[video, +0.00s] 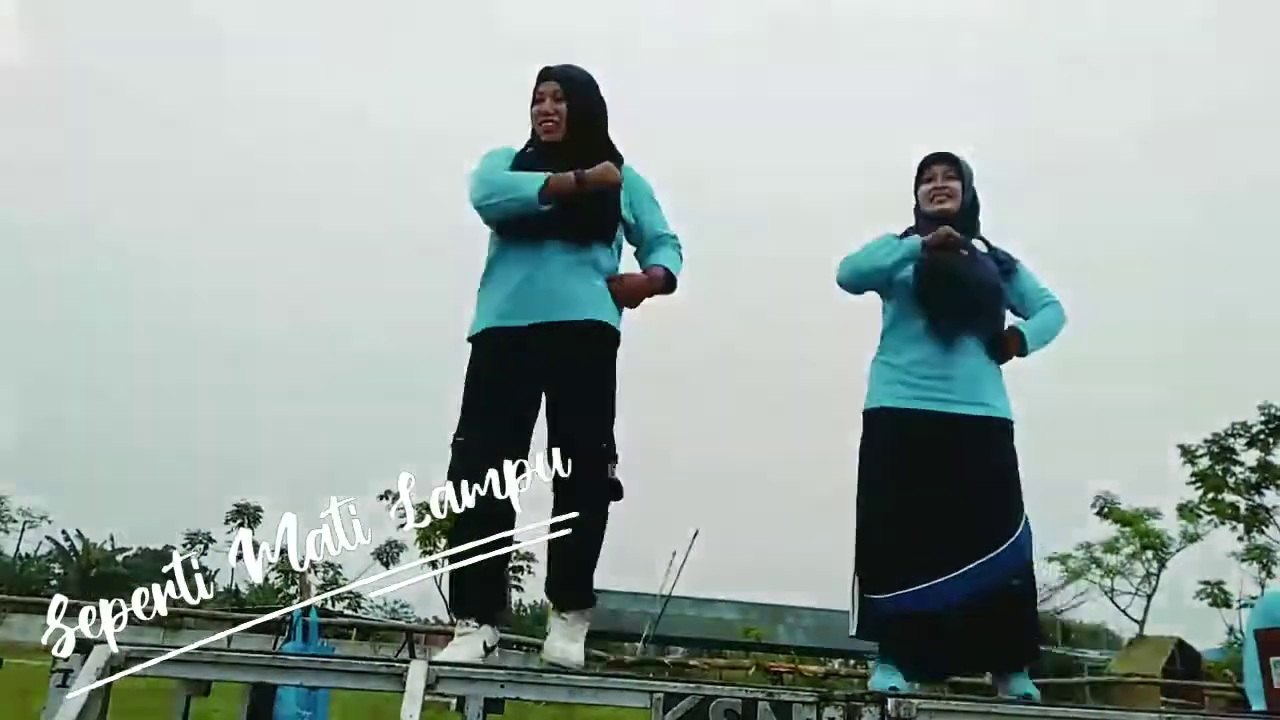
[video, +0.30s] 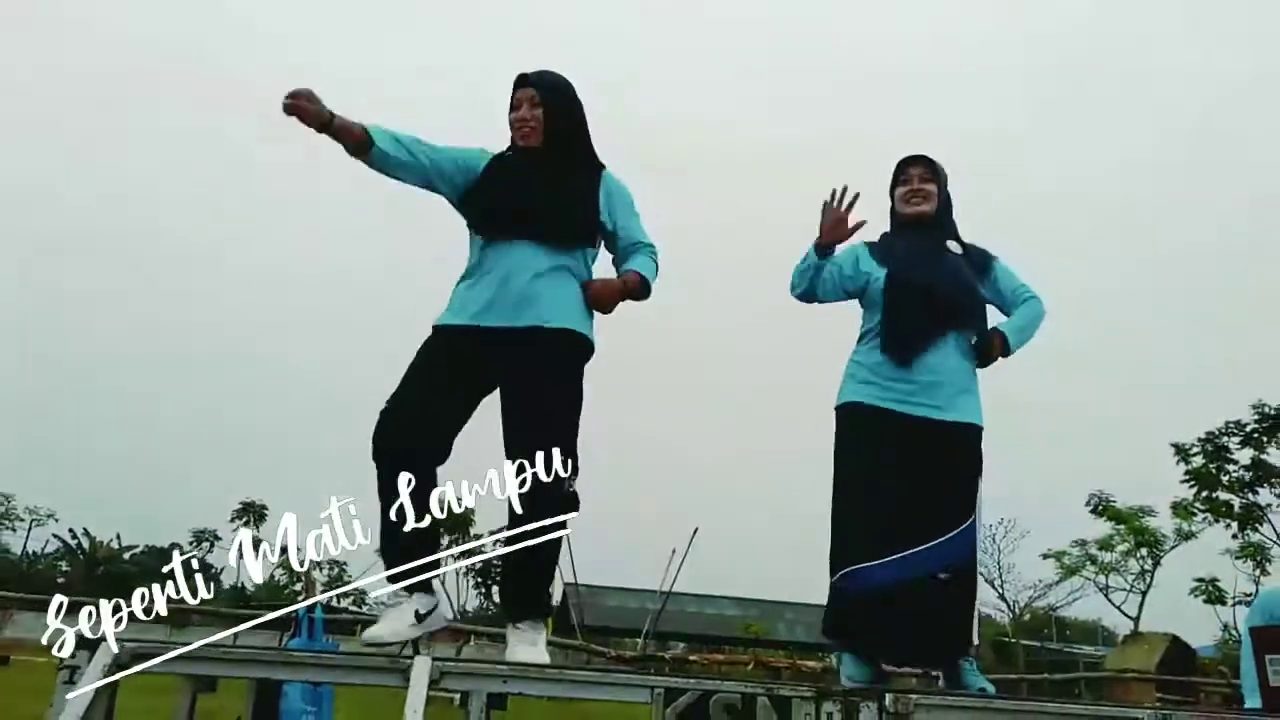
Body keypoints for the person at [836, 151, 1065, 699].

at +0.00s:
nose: (939, 186)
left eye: (950, 179)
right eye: (930, 180)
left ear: (969, 194)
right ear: (916, 196)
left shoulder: (997, 258)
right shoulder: (896, 249)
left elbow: (1052, 312)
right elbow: (848, 275)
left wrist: (1020, 339)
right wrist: (915, 246)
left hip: (978, 409)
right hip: (900, 404)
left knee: (998, 535)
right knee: (897, 531)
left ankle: (1011, 665)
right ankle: (894, 660)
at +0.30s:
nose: (915, 188)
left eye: (926, 181)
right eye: (905, 182)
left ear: (944, 196)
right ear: (893, 199)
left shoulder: (973, 260)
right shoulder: (871, 255)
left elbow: (1030, 305)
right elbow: (807, 287)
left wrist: (1001, 340)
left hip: (950, 410)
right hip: (873, 403)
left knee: (953, 531)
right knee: (866, 523)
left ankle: (955, 654)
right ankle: (858, 647)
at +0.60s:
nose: (885, 184)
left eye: (895, 180)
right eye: (875, 178)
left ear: (905, 198)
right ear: (854, 192)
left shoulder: (930, 261)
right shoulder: (821, 253)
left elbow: (989, 295)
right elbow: (757, 283)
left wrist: (1045, 336)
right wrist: (701, 282)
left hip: (911, 416)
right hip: (832, 410)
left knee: (929, 536)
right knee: (823, 534)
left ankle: (948, 658)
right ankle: (812, 660)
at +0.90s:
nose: (880, 199)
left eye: (887, 195)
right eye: (872, 188)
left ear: (890, 205)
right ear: (843, 186)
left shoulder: (901, 261)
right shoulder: (807, 245)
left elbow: (957, 257)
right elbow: (732, 270)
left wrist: (890, 229)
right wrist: (784, 306)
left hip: (887, 410)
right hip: (817, 401)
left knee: (877, 528)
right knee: (814, 526)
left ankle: (851, 654)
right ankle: (800, 659)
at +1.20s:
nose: (908, 179)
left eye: (914, 175)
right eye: (900, 167)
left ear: (915, 187)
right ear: (870, 167)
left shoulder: (924, 244)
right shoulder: (829, 230)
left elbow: (986, 263)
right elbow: (757, 270)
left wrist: (990, 250)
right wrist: (805, 305)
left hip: (918, 399)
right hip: (842, 395)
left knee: (949, 522)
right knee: (820, 519)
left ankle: (973, 654)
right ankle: (804, 651)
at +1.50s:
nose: (964, 188)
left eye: (967, 183)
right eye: (955, 178)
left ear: (966, 195)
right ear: (924, 180)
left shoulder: (985, 257)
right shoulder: (888, 246)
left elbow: (1058, 281)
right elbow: (824, 291)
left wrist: (1030, 258)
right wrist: (880, 329)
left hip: (991, 414)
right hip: (917, 408)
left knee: (1005, 536)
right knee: (895, 529)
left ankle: (1011, 668)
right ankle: (856, 647)